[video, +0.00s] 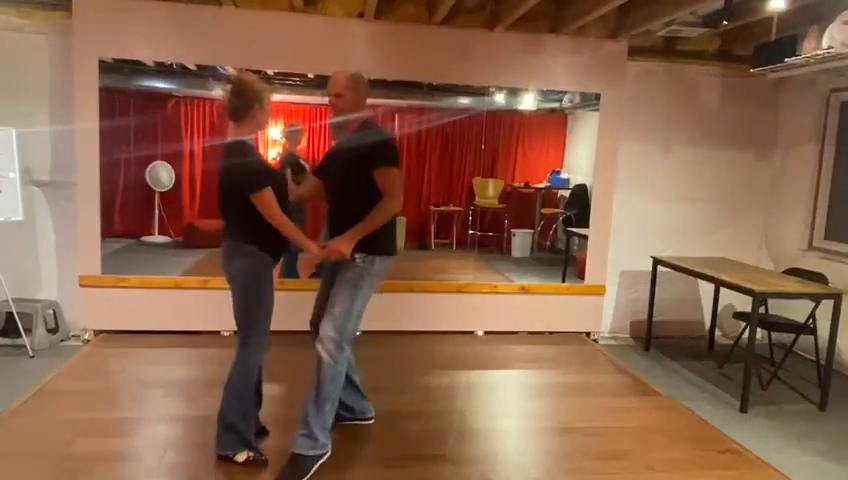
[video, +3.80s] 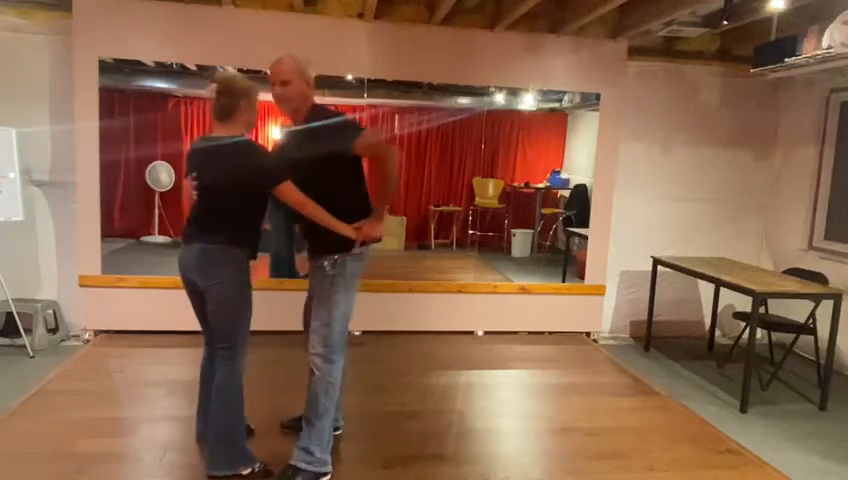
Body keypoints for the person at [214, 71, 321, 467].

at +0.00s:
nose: (271, 115)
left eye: (269, 108)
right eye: (268, 108)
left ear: (233, 110)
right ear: (258, 111)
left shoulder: (237, 153)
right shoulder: (247, 159)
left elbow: (271, 197)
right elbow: (274, 216)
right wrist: (313, 246)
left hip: (245, 253)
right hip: (251, 257)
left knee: (253, 341)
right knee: (252, 345)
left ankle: (247, 421)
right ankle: (232, 440)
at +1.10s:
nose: (272, 113)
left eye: (272, 106)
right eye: (269, 106)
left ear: (235, 109)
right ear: (256, 108)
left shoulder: (225, 151)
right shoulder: (255, 152)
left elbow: (220, 207)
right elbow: (275, 208)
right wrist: (306, 248)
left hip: (229, 251)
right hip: (250, 255)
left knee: (254, 341)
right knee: (256, 346)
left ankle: (243, 424)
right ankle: (235, 454)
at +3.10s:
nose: (247, 114)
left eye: (247, 106)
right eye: (244, 106)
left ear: (208, 107)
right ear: (228, 107)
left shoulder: (199, 154)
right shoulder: (223, 158)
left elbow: (251, 192)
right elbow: (267, 212)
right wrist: (311, 244)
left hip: (215, 256)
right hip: (239, 260)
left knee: (233, 343)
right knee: (253, 349)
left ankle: (212, 430)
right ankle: (237, 455)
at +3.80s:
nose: (260, 110)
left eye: (257, 103)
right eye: (257, 104)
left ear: (215, 107)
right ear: (247, 109)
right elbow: (298, 201)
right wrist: (347, 229)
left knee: (216, 348)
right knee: (230, 355)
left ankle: (210, 429)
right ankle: (227, 458)